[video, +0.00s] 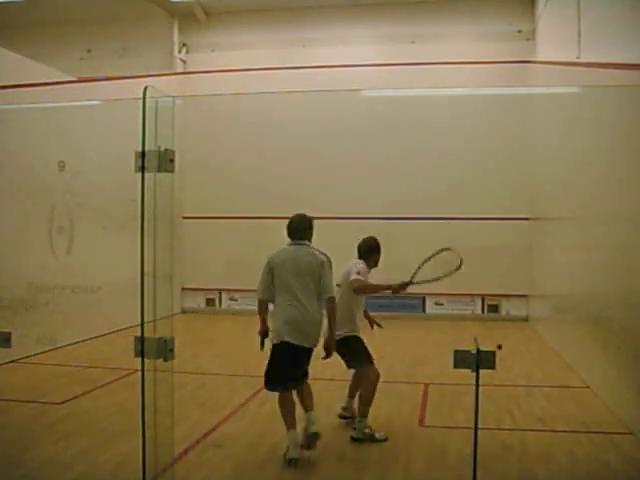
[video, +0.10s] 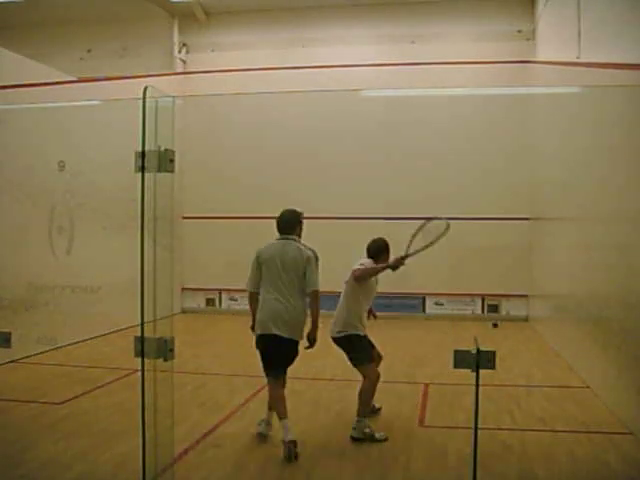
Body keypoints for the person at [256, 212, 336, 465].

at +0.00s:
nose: (309, 234)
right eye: (310, 230)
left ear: (287, 233)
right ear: (311, 233)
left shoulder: (275, 259)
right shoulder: (321, 260)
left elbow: (262, 298)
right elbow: (330, 301)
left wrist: (263, 325)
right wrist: (331, 336)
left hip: (283, 331)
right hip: (310, 332)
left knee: (283, 387)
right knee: (301, 378)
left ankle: (292, 442)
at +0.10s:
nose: (302, 229)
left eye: (300, 225)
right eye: (302, 226)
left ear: (277, 228)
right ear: (299, 228)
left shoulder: (263, 252)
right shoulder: (307, 254)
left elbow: (252, 291)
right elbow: (313, 293)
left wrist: (254, 318)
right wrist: (314, 326)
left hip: (264, 322)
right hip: (293, 324)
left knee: (275, 380)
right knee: (278, 376)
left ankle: (287, 434)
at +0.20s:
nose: (292, 234)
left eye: (289, 230)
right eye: (291, 230)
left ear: (267, 233)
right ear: (289, 233)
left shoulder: (253, 257)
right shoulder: (297, 260)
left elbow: (241, 295)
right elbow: (302, 298)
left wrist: (243, 323)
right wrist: (301, 330)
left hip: (253, 325)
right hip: (279, 329)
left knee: (257, 375)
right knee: (262, 374)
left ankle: (269, 418)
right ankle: (249, 415)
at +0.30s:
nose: (280, 234)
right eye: (279, 231)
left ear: (257, 234)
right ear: (278, 235)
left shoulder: (244, 258)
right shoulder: (286, 261)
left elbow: (231, 295)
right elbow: (295, 300)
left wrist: (230, 324)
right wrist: (293, 331)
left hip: (244, 324)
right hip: (271, 326)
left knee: (236, 366)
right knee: (260, 369)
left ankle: (246, 403)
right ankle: (249, 413)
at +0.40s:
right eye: (267, 229)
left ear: (248, 233)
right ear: (268, 233)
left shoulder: (236, 255)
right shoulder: (277, 256)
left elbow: (221, 292)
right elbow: (294, 291)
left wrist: (219, 323)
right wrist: (285, 317)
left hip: (236, 315)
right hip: (264, 316)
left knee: (224, 357)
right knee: (268, 357)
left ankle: (221, 406)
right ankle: (258, 404)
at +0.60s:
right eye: (243, 247)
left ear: (226, 252)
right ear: (245, 250)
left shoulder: (217, 273)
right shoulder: (257, 272)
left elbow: (201, 307)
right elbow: (279, 303)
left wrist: (194, 334)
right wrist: (285, 335)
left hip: (217, 327)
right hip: (247, 329)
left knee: (197, 361)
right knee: (270, 364)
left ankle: (181, 402)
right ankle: (279, 415)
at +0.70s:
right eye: (220, 243)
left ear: (203, 247)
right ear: (222, 246)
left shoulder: (193, 270)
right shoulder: (233, 268)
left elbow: (181, 303)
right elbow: (256, 301)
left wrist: (174, 331)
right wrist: (270, 330)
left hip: (198, 328)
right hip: (227, 329)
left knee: (182, 357)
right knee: (252, 364)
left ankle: (184, 402)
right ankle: (273, 408)